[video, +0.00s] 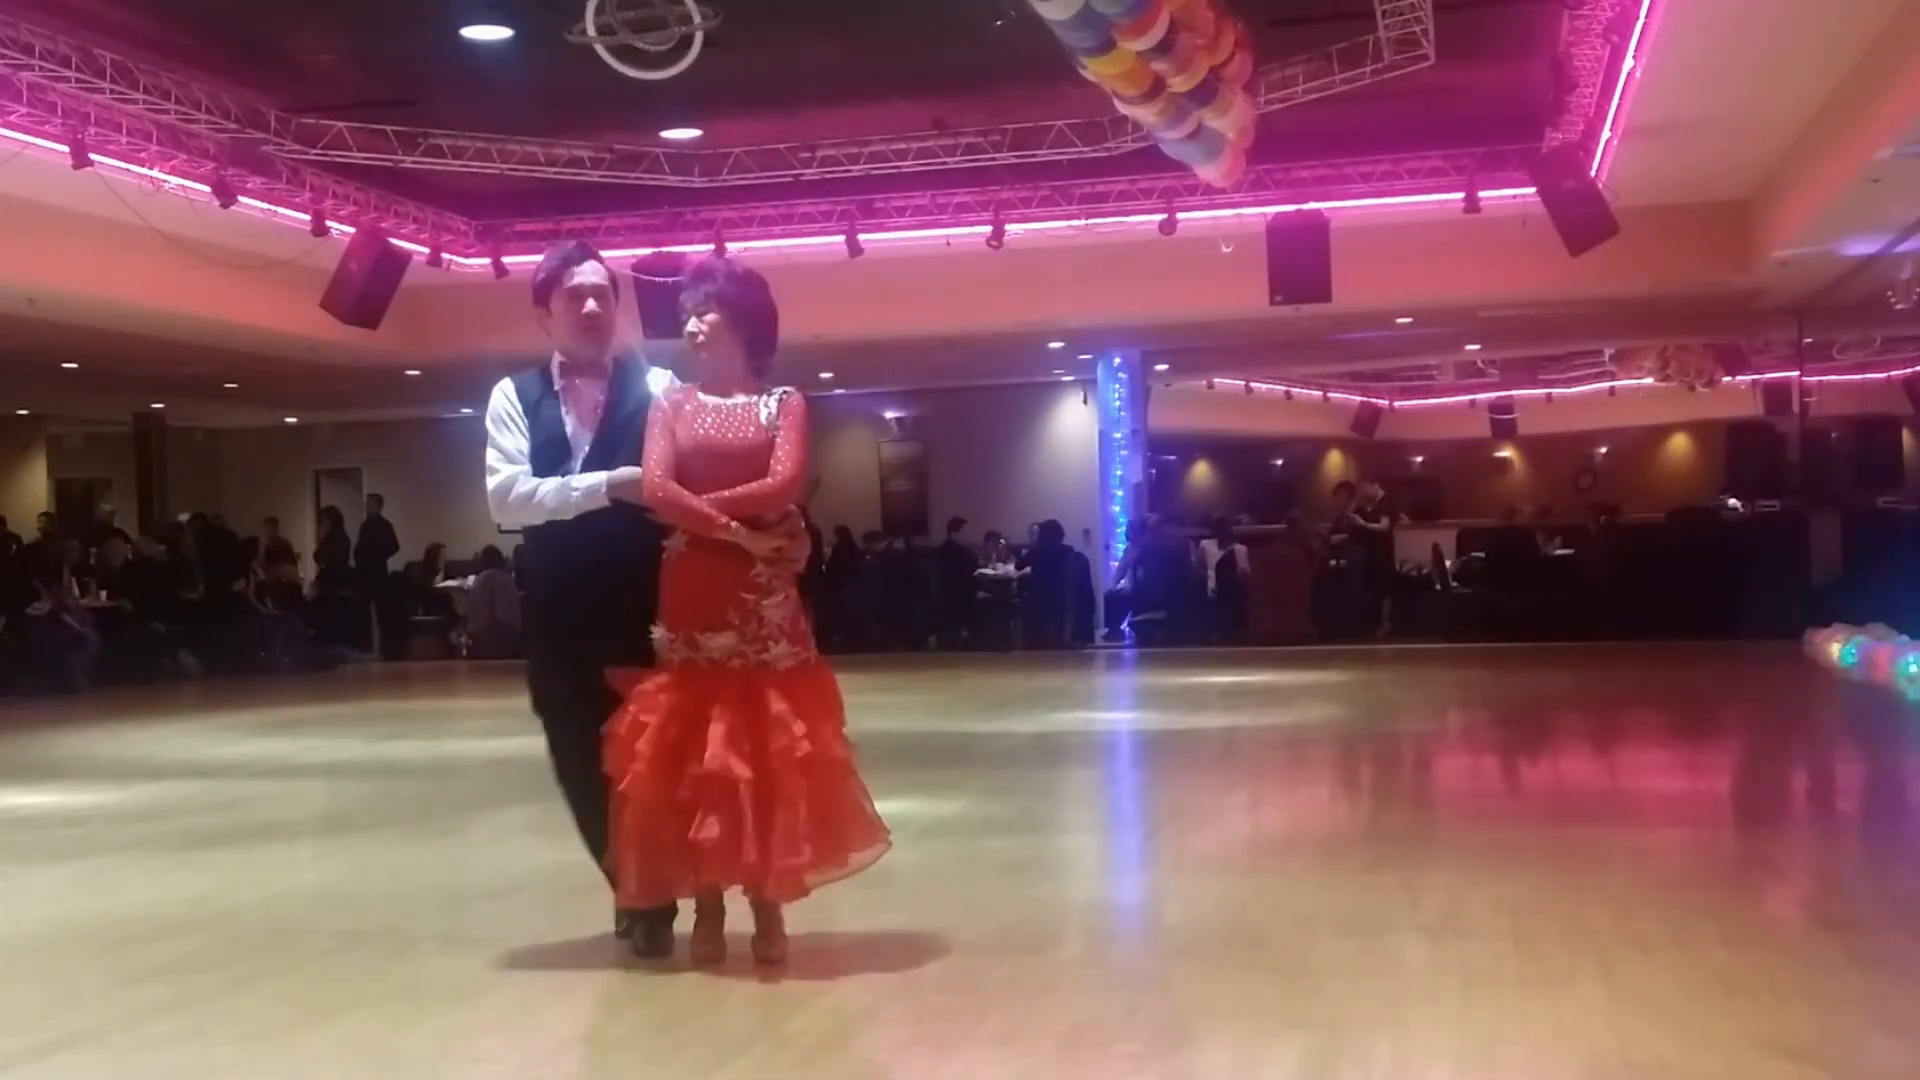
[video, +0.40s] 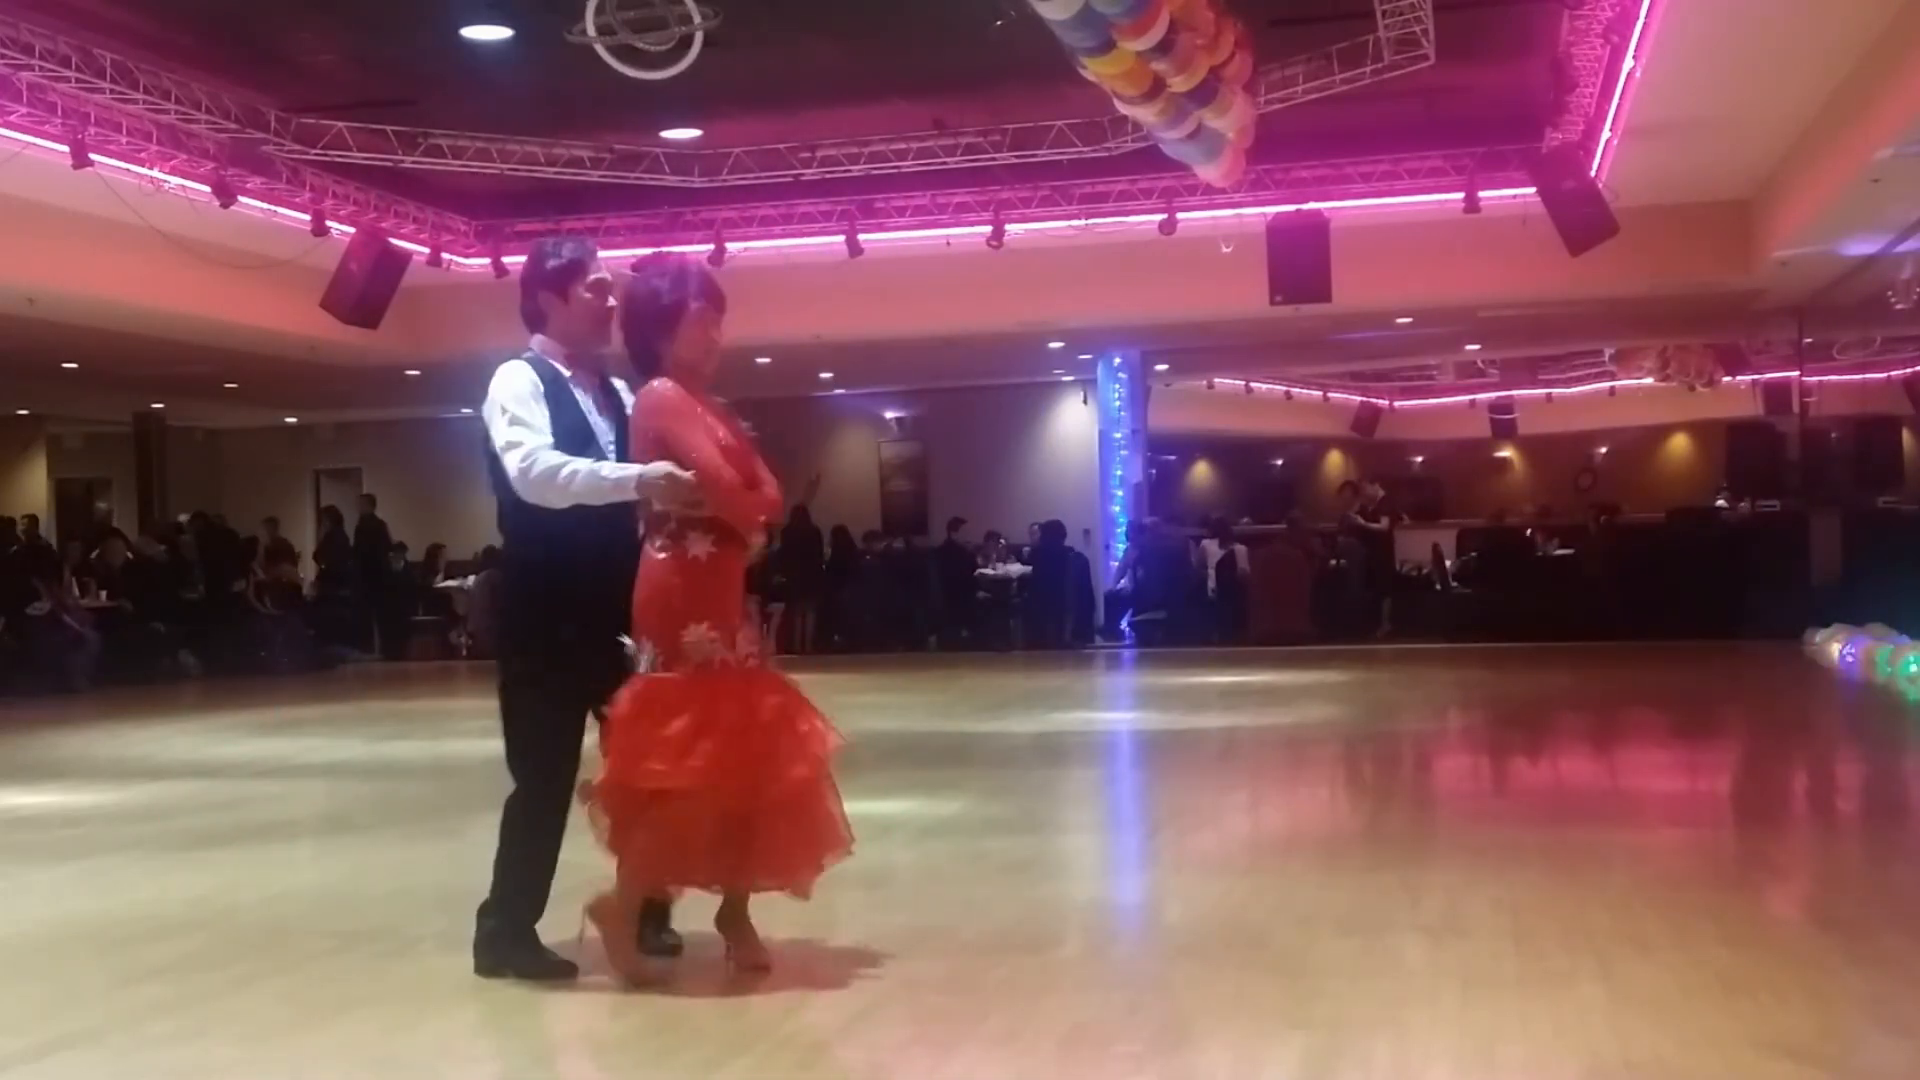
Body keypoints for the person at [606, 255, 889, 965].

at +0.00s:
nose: (696, 325)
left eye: (710, 312)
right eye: (690, 315)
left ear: (749, 322)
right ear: (687, 329)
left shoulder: (783, 403)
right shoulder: (672, 404)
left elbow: (786, 483)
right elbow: (654, 488)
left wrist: (697, 506)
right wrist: (745, 534)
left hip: (764, 590)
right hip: (691, 591)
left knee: (767, 744)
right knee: (697, 748)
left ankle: (766, 901)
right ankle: (706, 900)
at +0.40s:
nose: (717, 332)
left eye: (719, 318)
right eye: (703, 318)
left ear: (715, 323)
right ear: (662, 326)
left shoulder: (707, 405)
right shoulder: (662, 402)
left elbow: (769, 496)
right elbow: (727, 492)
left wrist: (721, 509)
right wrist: (760, 514)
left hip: (720, 593)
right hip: (676, 594)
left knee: (744, 752)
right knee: (680, 758)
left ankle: (735, 910)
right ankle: (622, 903)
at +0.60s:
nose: (699, 336)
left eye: (696, 323)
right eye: (693, 323)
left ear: (621, 333)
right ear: (671, 331)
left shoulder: (613, 410)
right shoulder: (683, 407)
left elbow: (629, 496)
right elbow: (740, 505)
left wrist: (703, 523)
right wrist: (703, 535)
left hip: (624, 582)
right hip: (675, 588)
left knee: (666, 754)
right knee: (665, 758)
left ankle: (662, 912)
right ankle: (612, 931)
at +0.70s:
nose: (693, 334)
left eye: (688, 322)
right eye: (687, 322)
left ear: (608, 328)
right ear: (671, 330)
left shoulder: (592, 408)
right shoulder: (689, 409)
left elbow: (593, 488)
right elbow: (735, 503)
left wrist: (680, 528)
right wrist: (703, 543)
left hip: (607, 571)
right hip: (671, 577)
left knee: (617, 744)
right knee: (668, 752)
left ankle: (599, 911)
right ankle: (610, 923)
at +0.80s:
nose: (685, 325)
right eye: (679, 313)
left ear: (594, 319)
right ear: (667, 321)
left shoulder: (581, 402)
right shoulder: (685, 399)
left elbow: (577, 482)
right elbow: (726, 493)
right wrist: (694, 545)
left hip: (604, 567)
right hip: (671, 569)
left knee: (598, 741)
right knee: (661, 747)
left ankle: (573, 898)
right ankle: (620, 931)